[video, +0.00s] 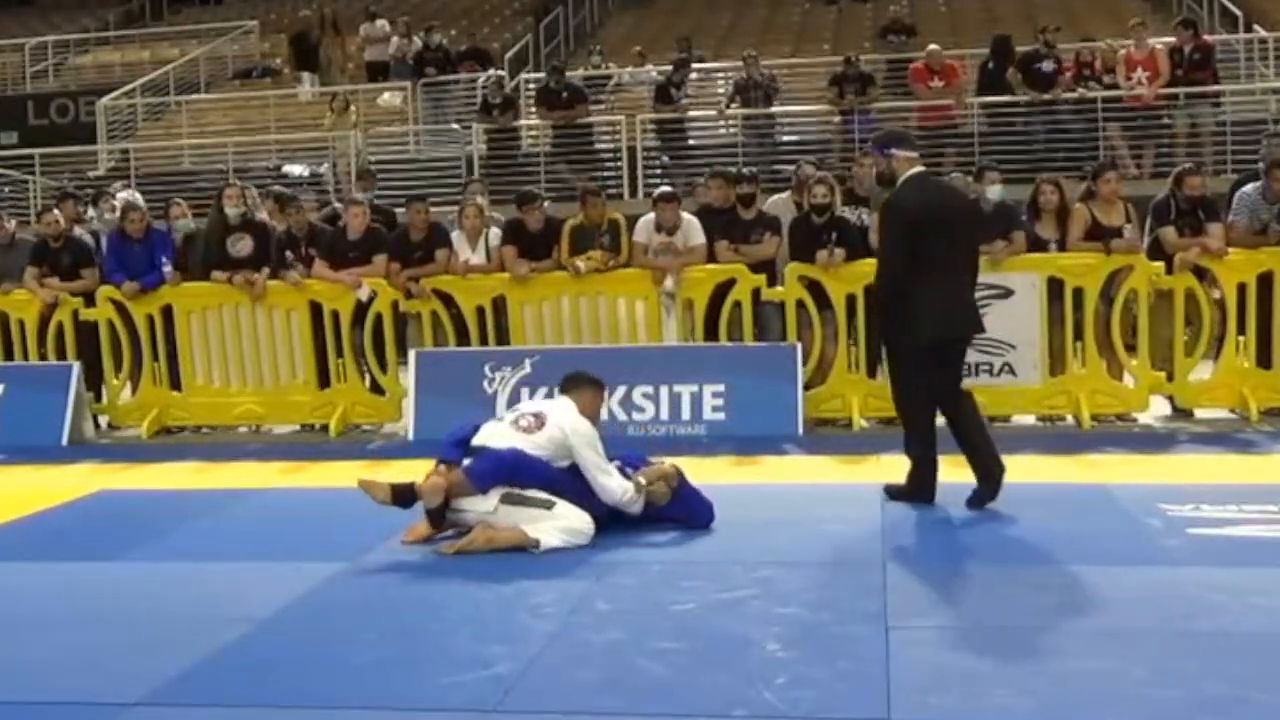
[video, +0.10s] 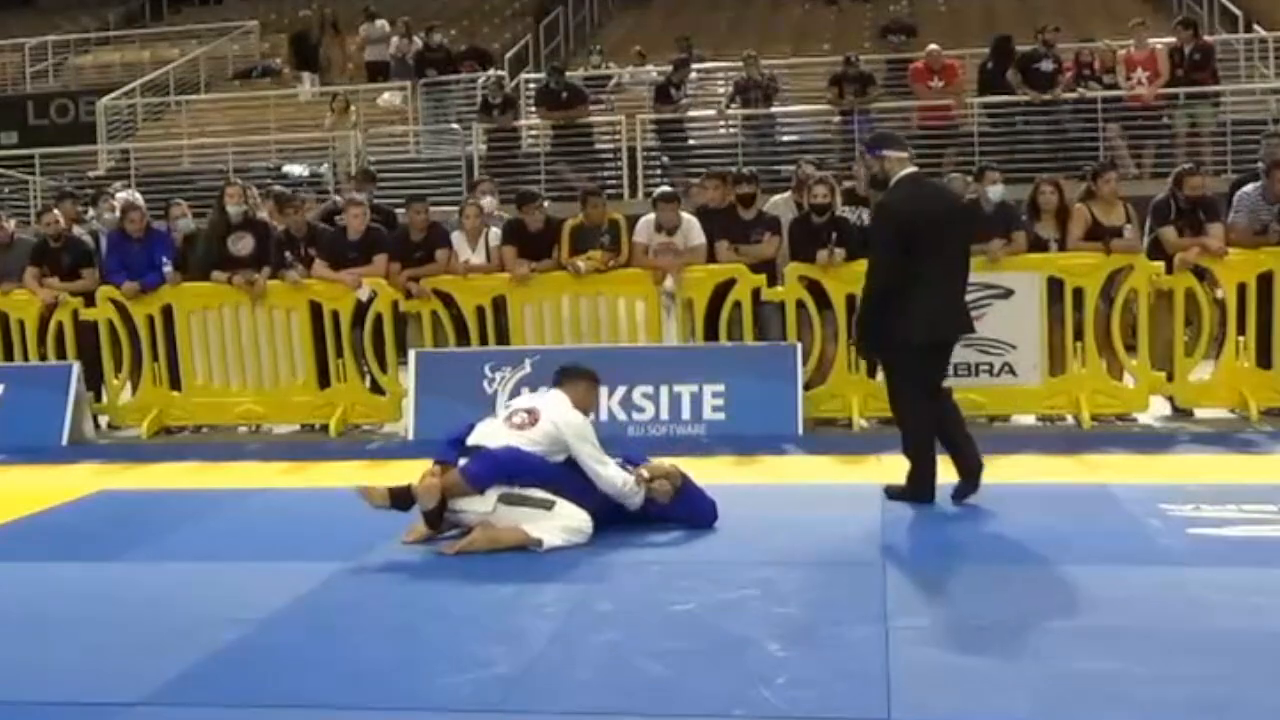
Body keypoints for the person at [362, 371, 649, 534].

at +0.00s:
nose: (601, 412)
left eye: (601, 404)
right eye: (600, 404)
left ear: (564, 392)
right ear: (586, 398)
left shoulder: (526, 409)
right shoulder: (577, 423)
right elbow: (610, 489)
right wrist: (637, 492)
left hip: (455, 491)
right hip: (485, 497)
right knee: (580, 524)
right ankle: (493, 537)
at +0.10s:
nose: (596, 406)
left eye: (597, 398)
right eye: (594, 398)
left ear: (560, 388)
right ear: (579, 391)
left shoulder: (525, 403)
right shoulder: (571, 417)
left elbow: (479, 437)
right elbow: (605, 474)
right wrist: (639, 493)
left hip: (453, 488)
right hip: (485, 493)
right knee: (577, 523)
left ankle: (437, 518)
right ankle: (494, 538)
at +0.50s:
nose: (592, 405)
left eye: (594, 397)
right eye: (592, 396)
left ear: (558, 386)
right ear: (579, 391)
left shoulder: (520, 404)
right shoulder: (569, 425)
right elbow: (594, 494)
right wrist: (626, 488)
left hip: (451, 490)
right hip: (484, 499)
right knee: (578, 521)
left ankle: (438, 519)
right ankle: (494, 537)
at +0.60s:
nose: (594, 404)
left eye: (595, 396)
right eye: (593, 395)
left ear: (561, 386)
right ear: (581, 391)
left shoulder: (525, 403)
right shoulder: (572, 424)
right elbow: (594, 494)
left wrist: (598, 472)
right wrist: (625, 491)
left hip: (449, 487)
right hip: (478, 497)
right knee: (580, 522)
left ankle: (435, 520)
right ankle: (495, 535)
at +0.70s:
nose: (592, 404)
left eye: (594, 396)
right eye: (593, 395)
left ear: (559, 384)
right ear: (584, 390)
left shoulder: (524, 402)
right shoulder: (571, 420)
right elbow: (593, 494)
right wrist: (621, 488)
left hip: (449, 485)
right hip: (478, 492)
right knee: (579, 520)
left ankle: (437, 519)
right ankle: (496, 534)